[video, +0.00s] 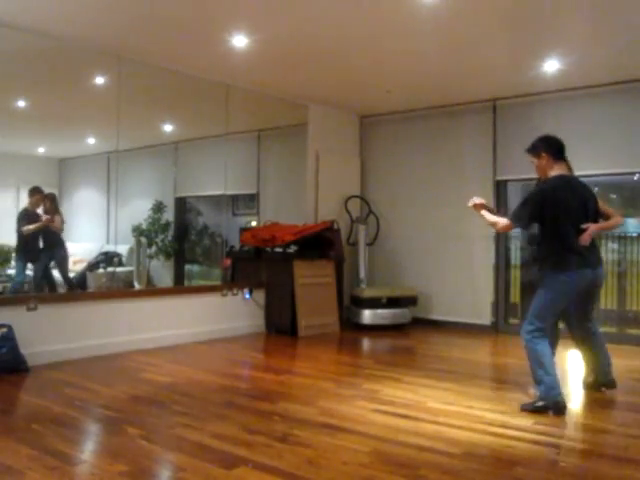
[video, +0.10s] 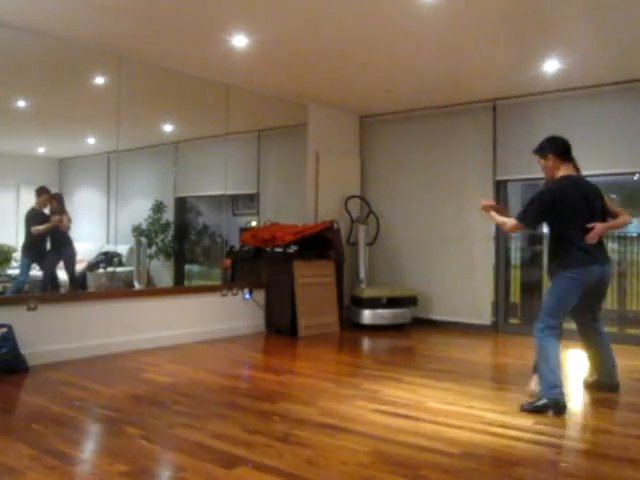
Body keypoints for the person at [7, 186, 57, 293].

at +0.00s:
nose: (40, 202)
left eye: (41, 199)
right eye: (39, 198)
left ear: (41, 199)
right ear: (32, 197)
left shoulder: (37, 215)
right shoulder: (23, 213)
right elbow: (24, 230)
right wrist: (42, 223)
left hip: (35, 249)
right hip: (22, 250)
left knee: (43, 275)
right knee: (19, 278)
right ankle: (11, 303)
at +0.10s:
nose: (48, 202)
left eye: (49, 199)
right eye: (46, 198)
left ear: (46, 199)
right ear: (39, 198)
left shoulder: (46, 216)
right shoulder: (31, 213)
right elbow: (33, 230)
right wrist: (52, 224)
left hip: (41, 250)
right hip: (29, 249)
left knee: (51, 275)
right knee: (23, 277)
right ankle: (10, 299)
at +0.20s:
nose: (54, 201)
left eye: (55, 198)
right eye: (52, 198)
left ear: (52, 198)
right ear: (46, 197)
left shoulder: (50, 215)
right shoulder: (38, 213)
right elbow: (43, 230)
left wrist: (67, 223)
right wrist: (63, 225)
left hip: (46, 249)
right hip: (35, 249)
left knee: (56, 274)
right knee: (26, 276)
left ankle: (58, 298)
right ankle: (11, 297)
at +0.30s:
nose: (58, 201)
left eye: (59, 198)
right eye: (57, 198)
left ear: (58, 198)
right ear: (50, 197)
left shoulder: (54, 214)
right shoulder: (42, 212)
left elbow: (57, 227)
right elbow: (49, 229)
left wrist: (71, 223)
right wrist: (69, 225)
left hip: (48, 250)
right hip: (38, 249)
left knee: (60, 274)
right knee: (30, 276)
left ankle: (63, 298)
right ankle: (11, 295)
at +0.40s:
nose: (62, 199)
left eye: (63, 197)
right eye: (61, 196)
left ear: (56, 197)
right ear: (54, 196)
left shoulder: (56, 213)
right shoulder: (46, 212)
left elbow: (60, 226)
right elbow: (55, 228)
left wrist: (75, 222)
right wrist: (74, 225)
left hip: (50, 248)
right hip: (40, 248)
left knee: (59, 271)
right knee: (35, 276)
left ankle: (60, 297)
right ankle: (15, 295)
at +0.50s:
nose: (63, 200)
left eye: (64, 197)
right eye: (62, 197)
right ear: (55, 195)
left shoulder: (58, 213)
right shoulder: (47, 212)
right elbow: (56, 228)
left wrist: (78, 221)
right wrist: (76, 224)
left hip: (52, 248)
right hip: (41, 247)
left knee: (59, 274)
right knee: (38, 275)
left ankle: (59, 299)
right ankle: (22, 293)